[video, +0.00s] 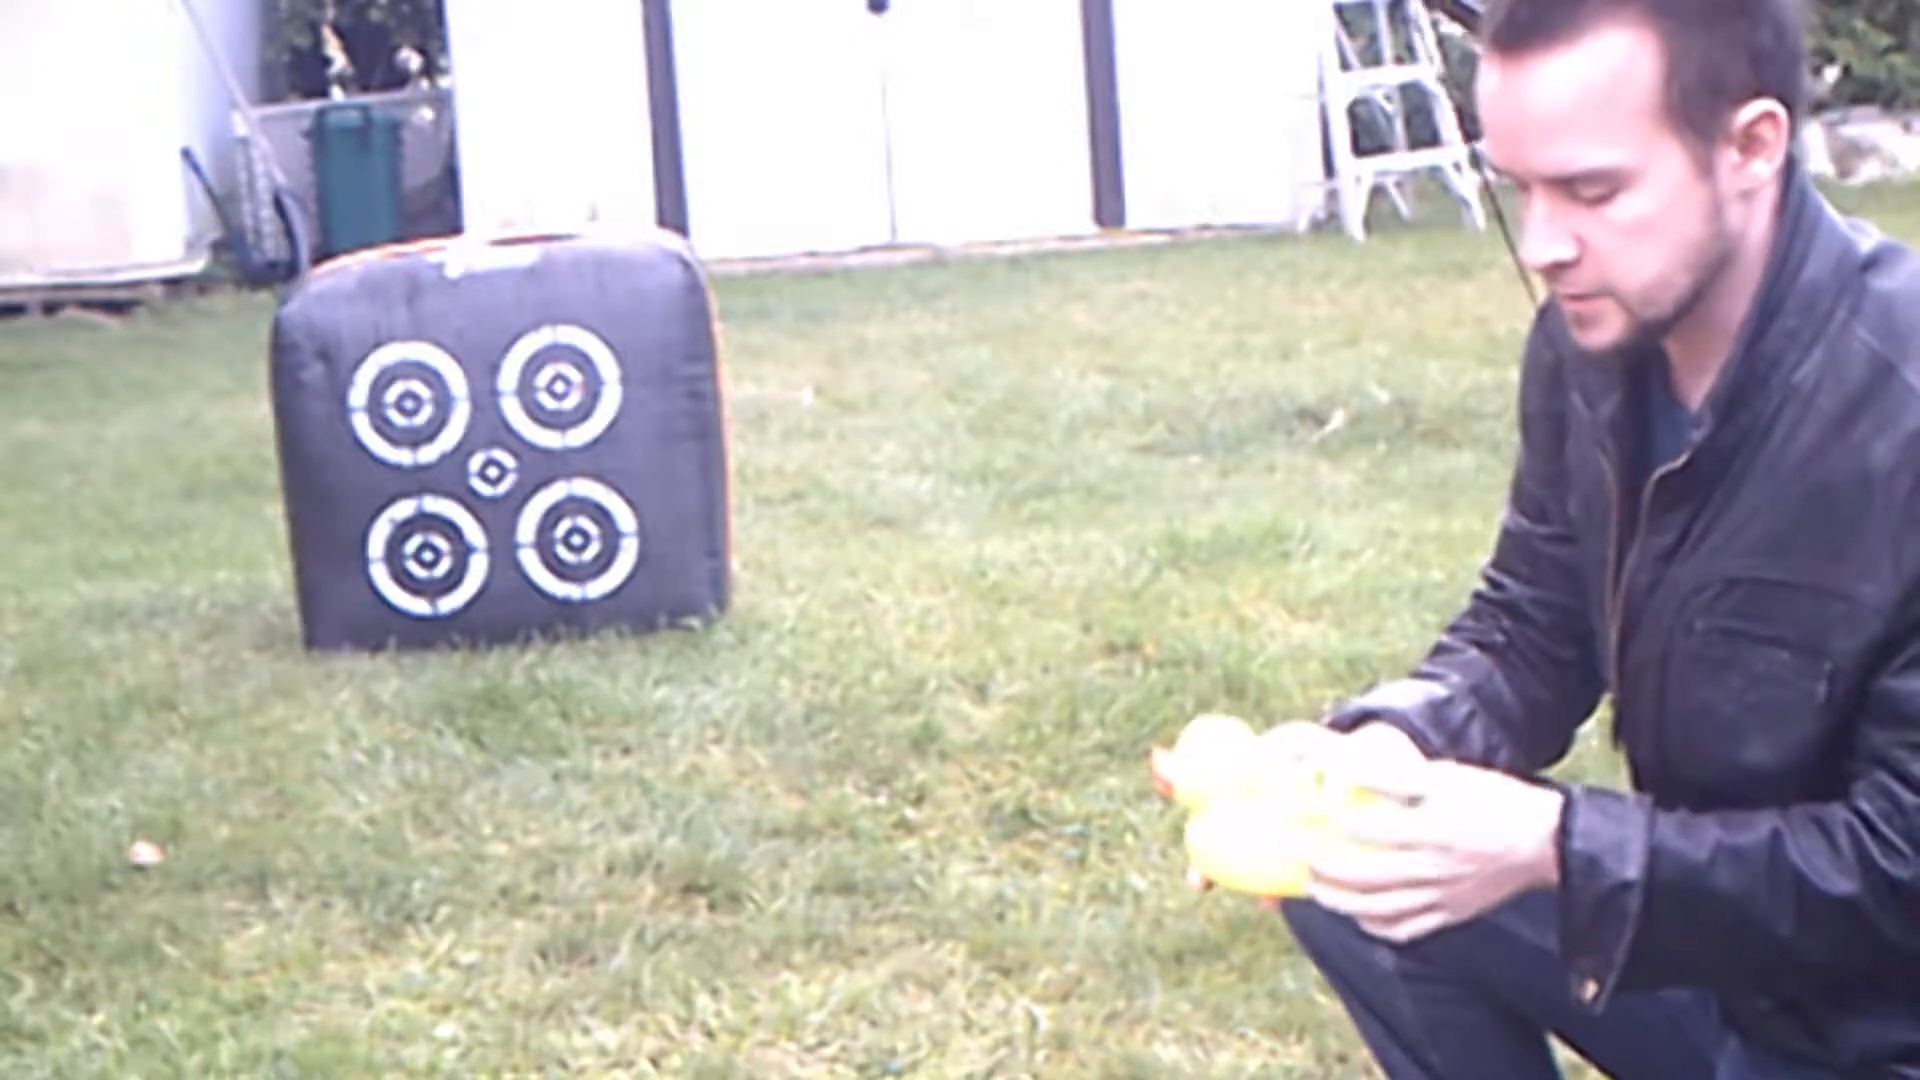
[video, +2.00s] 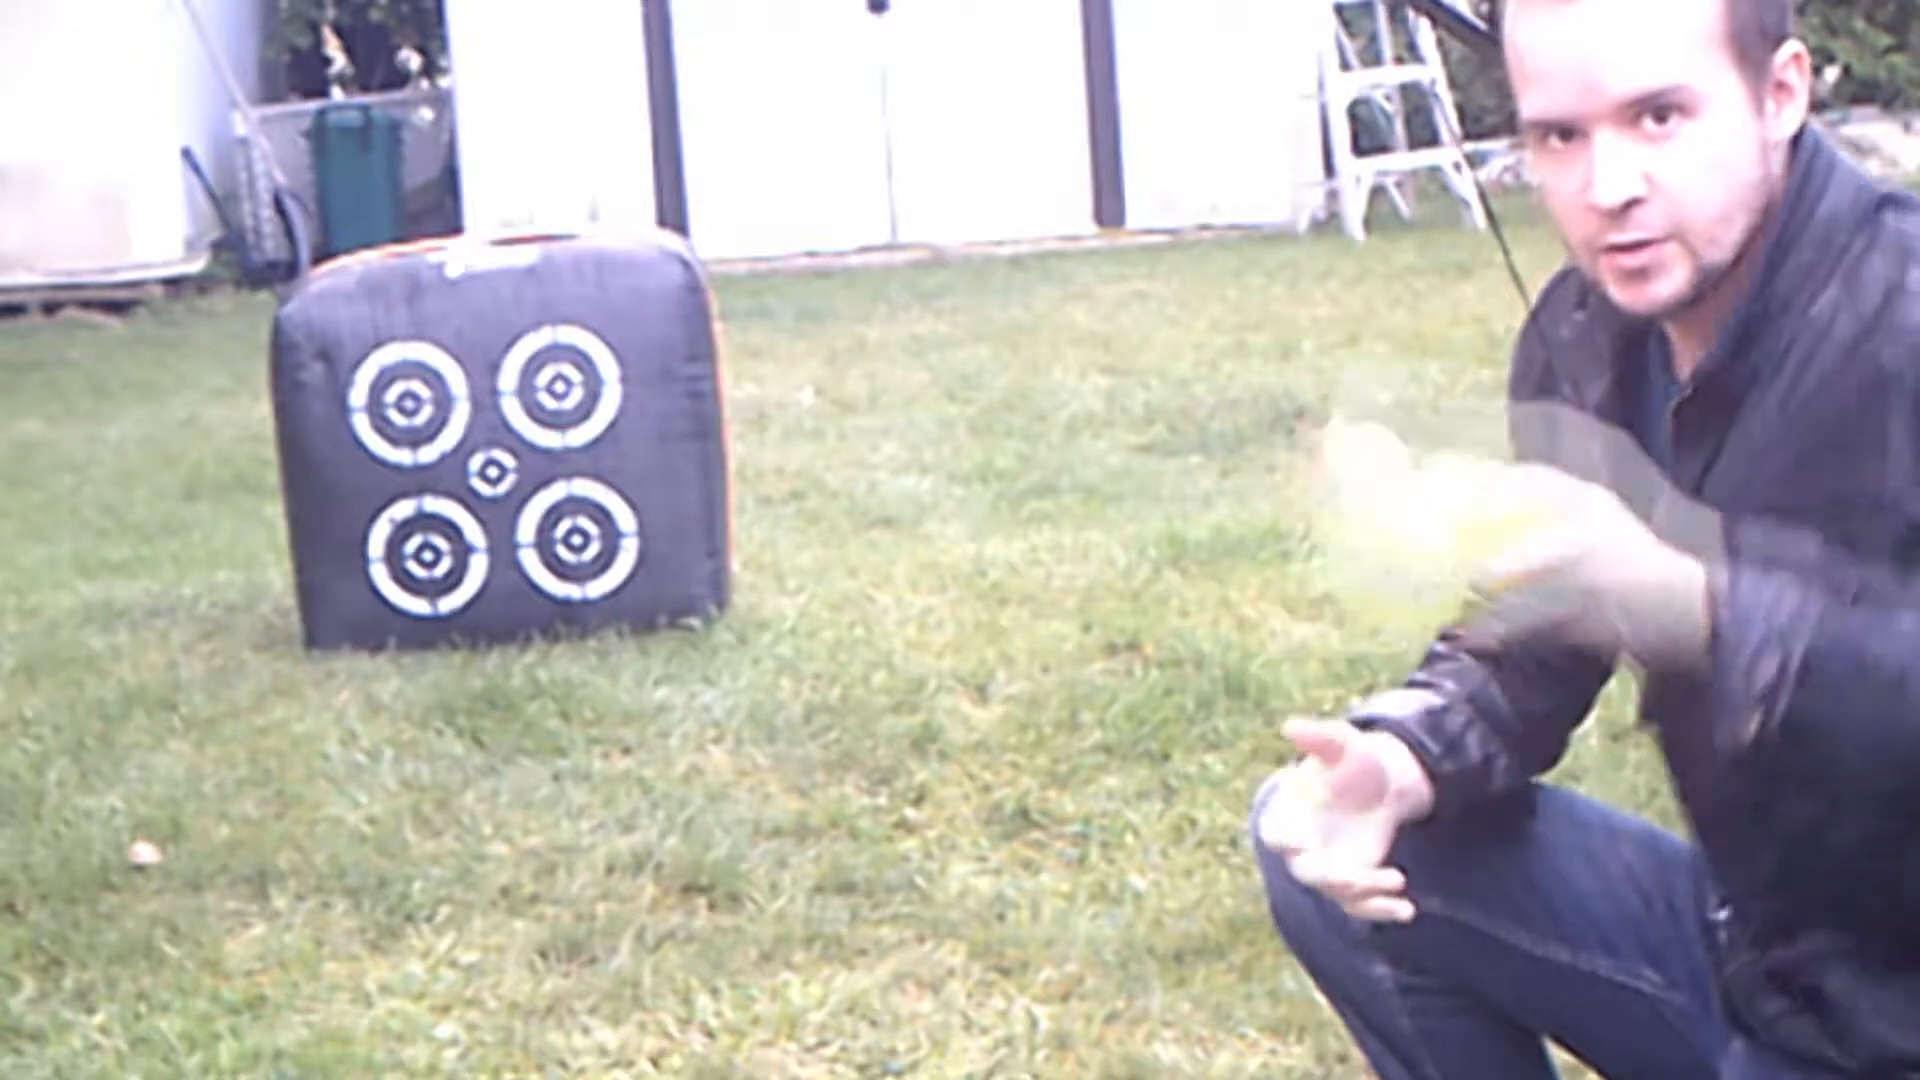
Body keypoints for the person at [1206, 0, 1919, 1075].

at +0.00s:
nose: (1538, 250)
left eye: (1592, 192)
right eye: (1515, 190)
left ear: (1755, 149)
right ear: (1493, 157)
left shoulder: (1897, 390)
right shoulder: (1585, 339)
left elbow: (1898, 854)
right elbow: (1532, 634)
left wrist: (1558, 848)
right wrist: (1376, 750)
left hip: (1873, 1042)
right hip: (1699, 977)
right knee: (1348, 874)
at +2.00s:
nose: (1607, 189)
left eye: (1657, 118)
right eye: (1559, 135)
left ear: (1783, 96)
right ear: (1522, 144)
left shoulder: (1902, 323)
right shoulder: (1579, 333)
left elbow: (1907, 682)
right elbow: (1540, 633)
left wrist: (1685, 606)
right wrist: (1409, 752)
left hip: (1884, 1028)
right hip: (1741, 931)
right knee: (1324, 842)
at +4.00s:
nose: (1447, 390)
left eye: (1489, 330)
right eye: (1420, 334)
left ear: (1643, 256)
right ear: (1391, 289)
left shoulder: (1850, 556)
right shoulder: (1622, 379)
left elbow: (1790, 1013)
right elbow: (1536, 634)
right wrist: (1373, 747)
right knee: (1362, 850)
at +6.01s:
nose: (1606, 271)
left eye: (1660, 211)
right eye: (1577, 211)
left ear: (1818, 162)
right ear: (1553, 173)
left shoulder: (1899, 419)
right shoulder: (1625, 348)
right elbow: (1548, 616)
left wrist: (1722, 940)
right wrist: (1459, 824)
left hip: (1879, 1028)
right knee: (1339, 816)